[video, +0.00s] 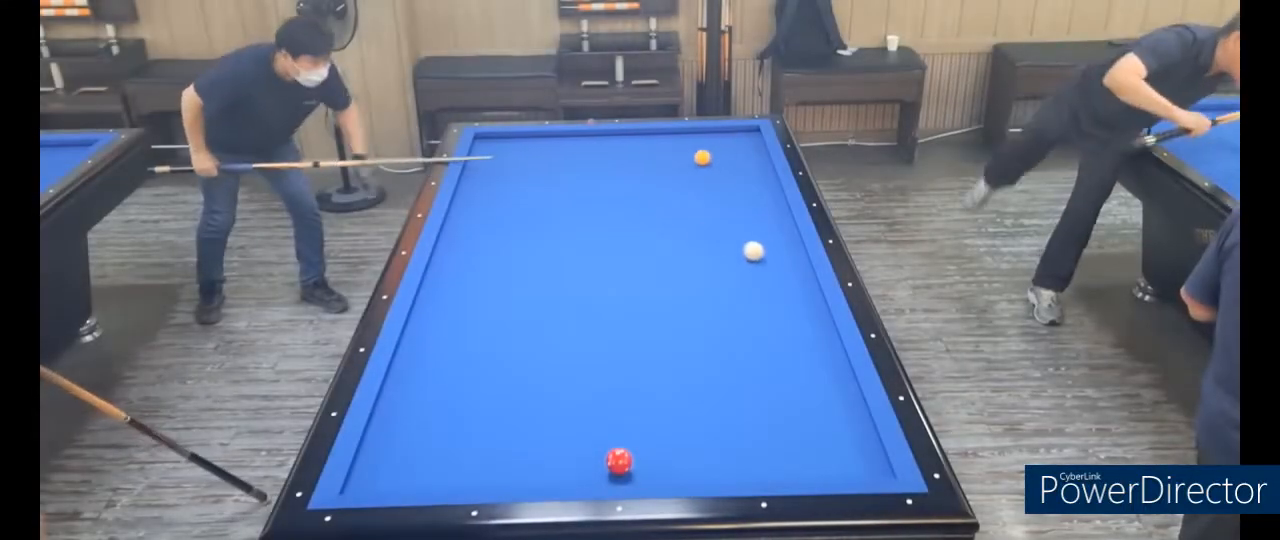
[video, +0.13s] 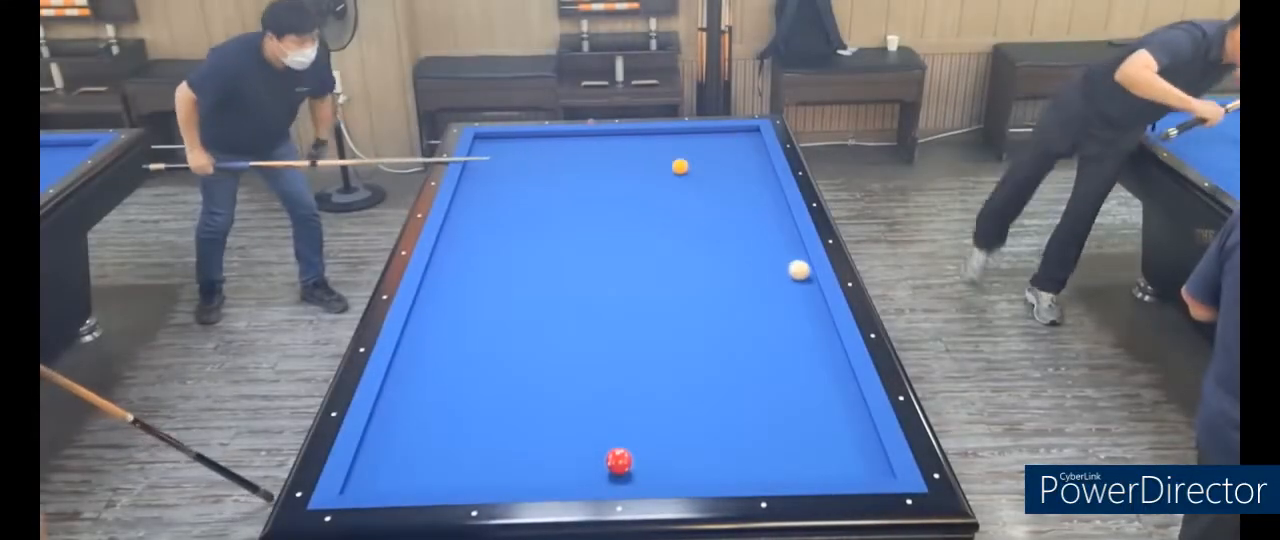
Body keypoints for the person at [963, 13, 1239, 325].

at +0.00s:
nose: (1243, 63)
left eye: (1245, 54)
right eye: (1244, 52)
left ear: (1236, 42)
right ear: (1235, 39)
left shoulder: (1220, 69)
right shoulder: (1181, 41)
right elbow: (1118, 78)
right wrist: (1178, 115)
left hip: (1117, 131)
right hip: (1081, 101)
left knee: (1085, 208)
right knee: (1031, 142)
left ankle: (1046, 286)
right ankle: (991, 179)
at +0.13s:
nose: (1242, 57)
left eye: (1245, 51)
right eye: (1243, 48)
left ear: (1238, 32)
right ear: (1238, 33)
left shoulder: (1223, 60)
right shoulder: (1187, 38)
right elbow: (1131, 73)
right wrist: (1194, 105)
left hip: (1119, 130)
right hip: (1080, 105)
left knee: (1083, 210)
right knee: (1027, 171)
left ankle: (1045, 287)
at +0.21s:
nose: (1242, 50)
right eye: (1243, 43)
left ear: (1238, 30)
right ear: (1238, 30)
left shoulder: (1220, 52)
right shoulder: (1189, 39)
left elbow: (1201, 79)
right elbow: (1135, 71)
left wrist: (1234, 74)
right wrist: (1200, 100)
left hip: (1119, 135)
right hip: (1078, 113)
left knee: (1080, 215)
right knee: (1028, 191)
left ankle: (1042, 287)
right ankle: (991, 271)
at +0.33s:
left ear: (1237, 15)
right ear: (1238, 17)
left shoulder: (1225, 39)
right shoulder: (1201, 37)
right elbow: (1150, 75)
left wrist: (1229, 92)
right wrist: (1217, 96)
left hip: (1120, 134)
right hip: (1091, 126)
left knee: (1077, 219)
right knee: (1065, 222)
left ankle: (1034, 287)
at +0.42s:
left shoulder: (1227, 25)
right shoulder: (1211, 31)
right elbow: (1162, 78)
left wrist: (1232, 88)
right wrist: (1227, 97)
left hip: (1124, 130)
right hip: (1102, 128)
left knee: (1079, 211)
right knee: (1092, 228)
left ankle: (1033, 287)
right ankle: (1101, 326)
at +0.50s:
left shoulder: (1214, 9)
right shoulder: (1222, 26)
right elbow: (1193, 84)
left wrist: (1230, 79)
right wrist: (1239, 97)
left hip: (1116, 127)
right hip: (1126, 142)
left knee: (1079, 217)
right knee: (1125, 240)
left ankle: (1032, 288)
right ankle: (1132, 329)